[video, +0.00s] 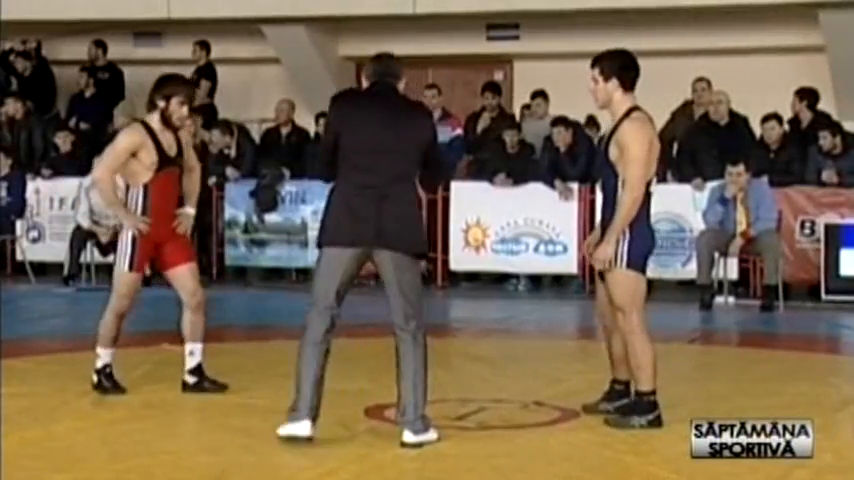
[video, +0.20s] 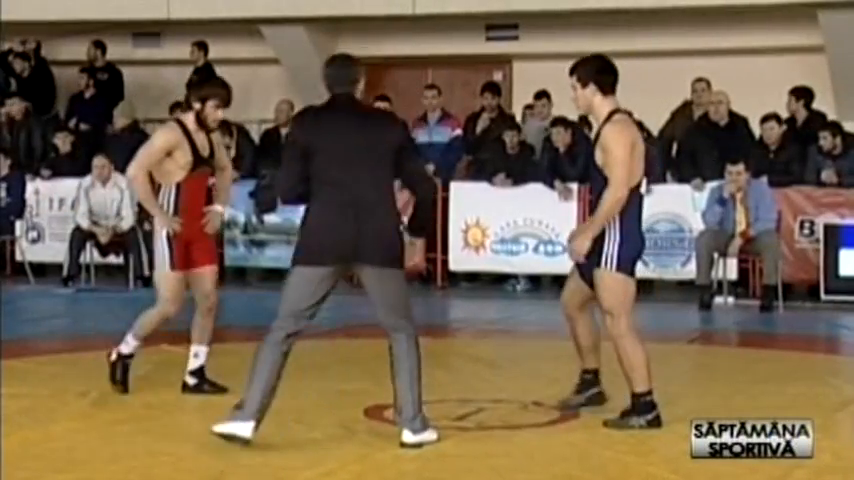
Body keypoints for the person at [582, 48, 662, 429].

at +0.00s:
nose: (591, 88)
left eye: (595, 81)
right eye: (592, 80)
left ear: (614, 83)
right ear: (618, 83)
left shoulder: (635, 127)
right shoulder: (620, 125)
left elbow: (635, 190)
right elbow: (616, 189)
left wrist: (612, 239)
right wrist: (600, 233)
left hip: (630, 231)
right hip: (614, 228)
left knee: (630, 318)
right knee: (610, 315)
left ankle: (646, 399)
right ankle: (622, 385)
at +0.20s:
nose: (573, 95)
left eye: (575, 87)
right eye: (572, 88)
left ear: (592, 88)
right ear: (599, 88)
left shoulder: (616, 129)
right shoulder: (611, 126)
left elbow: (619, 189)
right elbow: (617, 189)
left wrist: (587, 233)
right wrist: (586, 229)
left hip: (619, 231)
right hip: (606, 229)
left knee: (617, 318)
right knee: (572, 302)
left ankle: (644, 403)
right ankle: (589, 381)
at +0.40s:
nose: (539, 112)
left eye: (542, 104)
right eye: (539, 104)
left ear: (560, 103)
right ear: (568, 103)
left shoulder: (584, 139)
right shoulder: (587, 135)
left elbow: (582, 195)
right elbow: (584, 194)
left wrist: (542, 228)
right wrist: (544, 225)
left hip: (600, 241)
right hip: (588, 239)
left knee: (597, 327)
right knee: (548, 311)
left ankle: (641, 404)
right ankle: (520, 381)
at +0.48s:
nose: (519, 119)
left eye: (522, 111)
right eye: (519, 111)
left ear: (539, 110)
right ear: (547, 109)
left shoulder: (566, 143)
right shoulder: (569, 138)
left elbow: (564, 201)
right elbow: (572, 197)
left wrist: (521, 224)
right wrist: (529, 221)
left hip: (589, 243)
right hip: (576, 241)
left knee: (590, 331)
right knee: (536, 315)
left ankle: (640, 405)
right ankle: (501, 382)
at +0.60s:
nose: (487, 138)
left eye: (487, 130)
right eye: (484, 132)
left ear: (503, 124)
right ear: (509, 124)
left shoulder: (535, 153)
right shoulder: (535, 150)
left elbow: (531, 211)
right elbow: (531, 210)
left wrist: (486, 221)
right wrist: (490, 223)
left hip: (573, 252)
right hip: (554, 252)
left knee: (579, 336)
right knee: (512, 319)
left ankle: (636, 402)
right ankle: (484, 390)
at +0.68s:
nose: (461, 150)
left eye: (464, 142)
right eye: (460, 143)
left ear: (484, 139)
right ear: (488, 138)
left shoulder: (509, 164)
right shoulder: (514, 157)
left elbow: (506, 222)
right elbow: (512, 213)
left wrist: (466, 226)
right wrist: (476, 224)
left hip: (566, 249)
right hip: (546, 251)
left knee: (575, 334)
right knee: (502, 313)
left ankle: (633, 400)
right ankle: (483, 389)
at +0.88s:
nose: (427, 186)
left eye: (428, 178)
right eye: (425, 179)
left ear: (445, 171)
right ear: (450, 169)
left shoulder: (466, 192)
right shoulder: (475, 183)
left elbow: (468, 251)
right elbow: (492, 235)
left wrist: (424, 238)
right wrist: (452, 225)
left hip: (558, 254)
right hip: (539, 258)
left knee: (582, 331)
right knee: (484, 309)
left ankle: (646, 395)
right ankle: (480, 390)